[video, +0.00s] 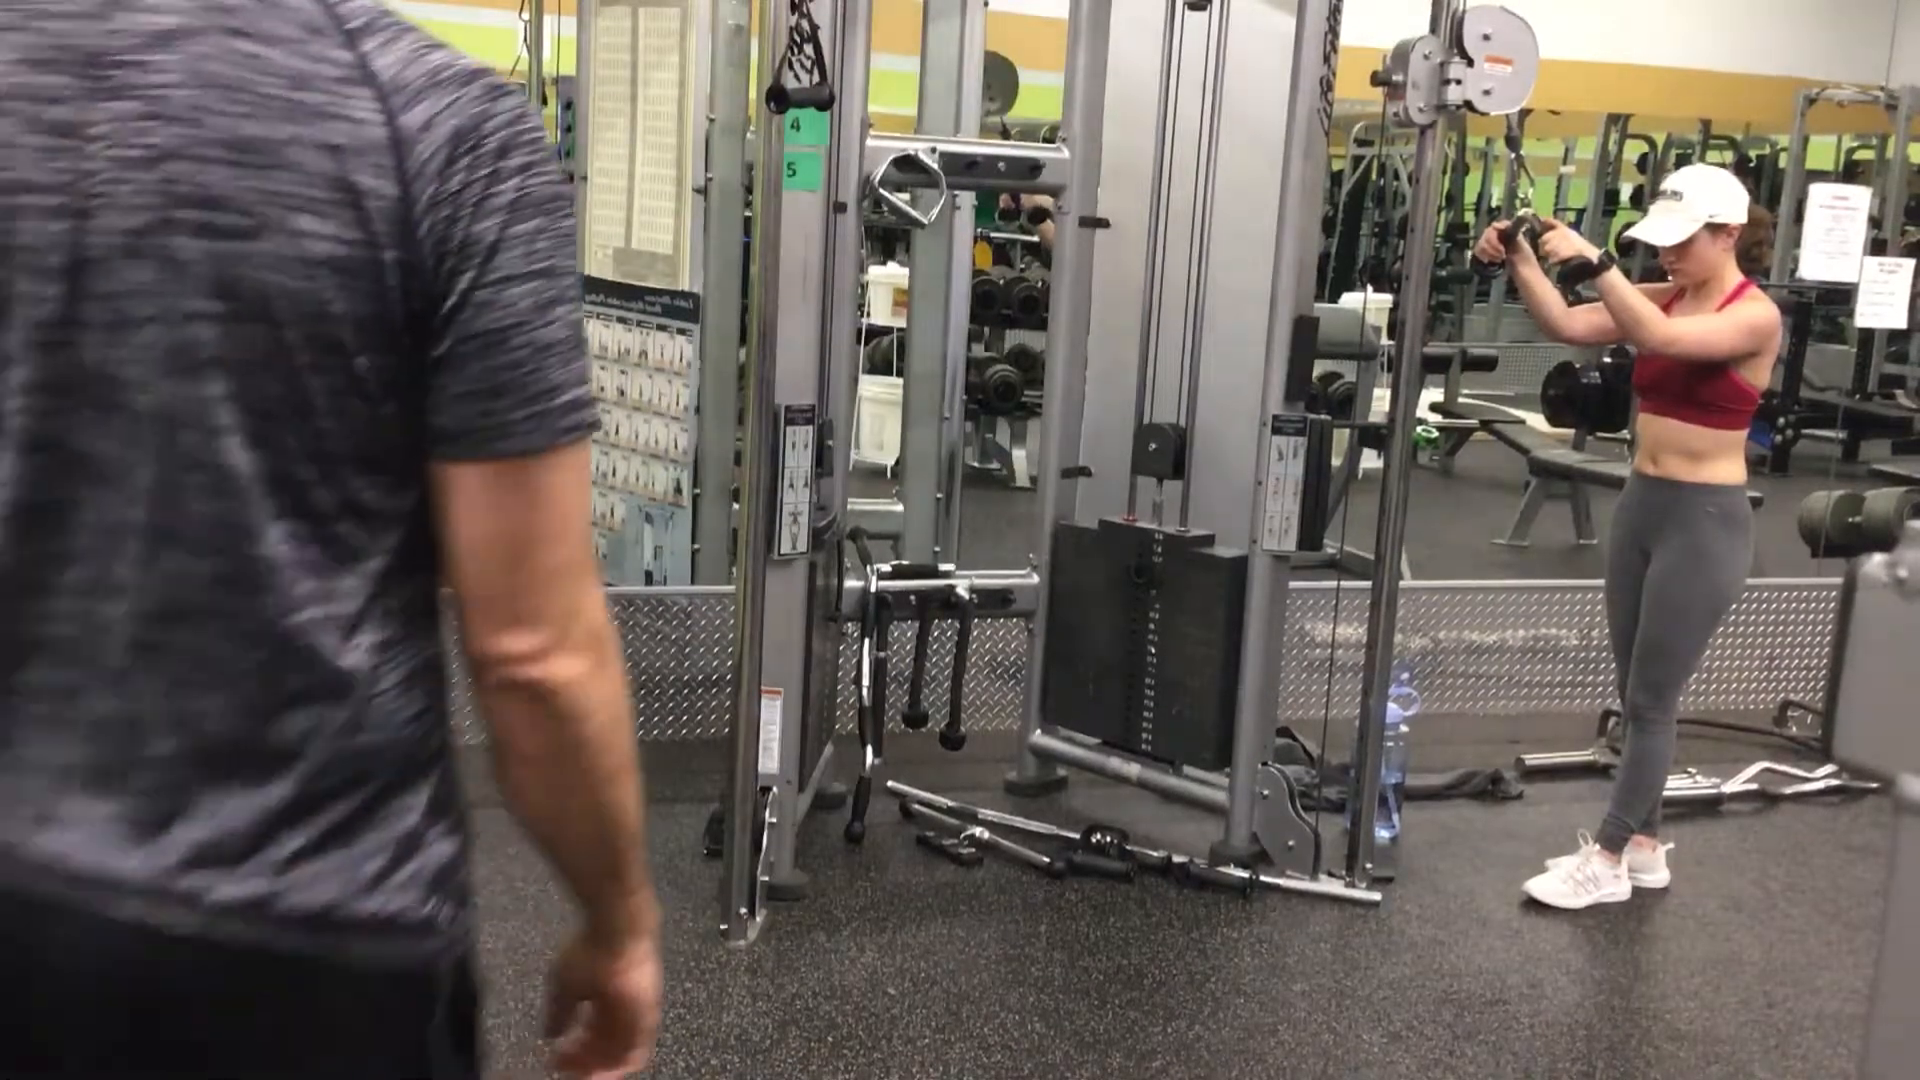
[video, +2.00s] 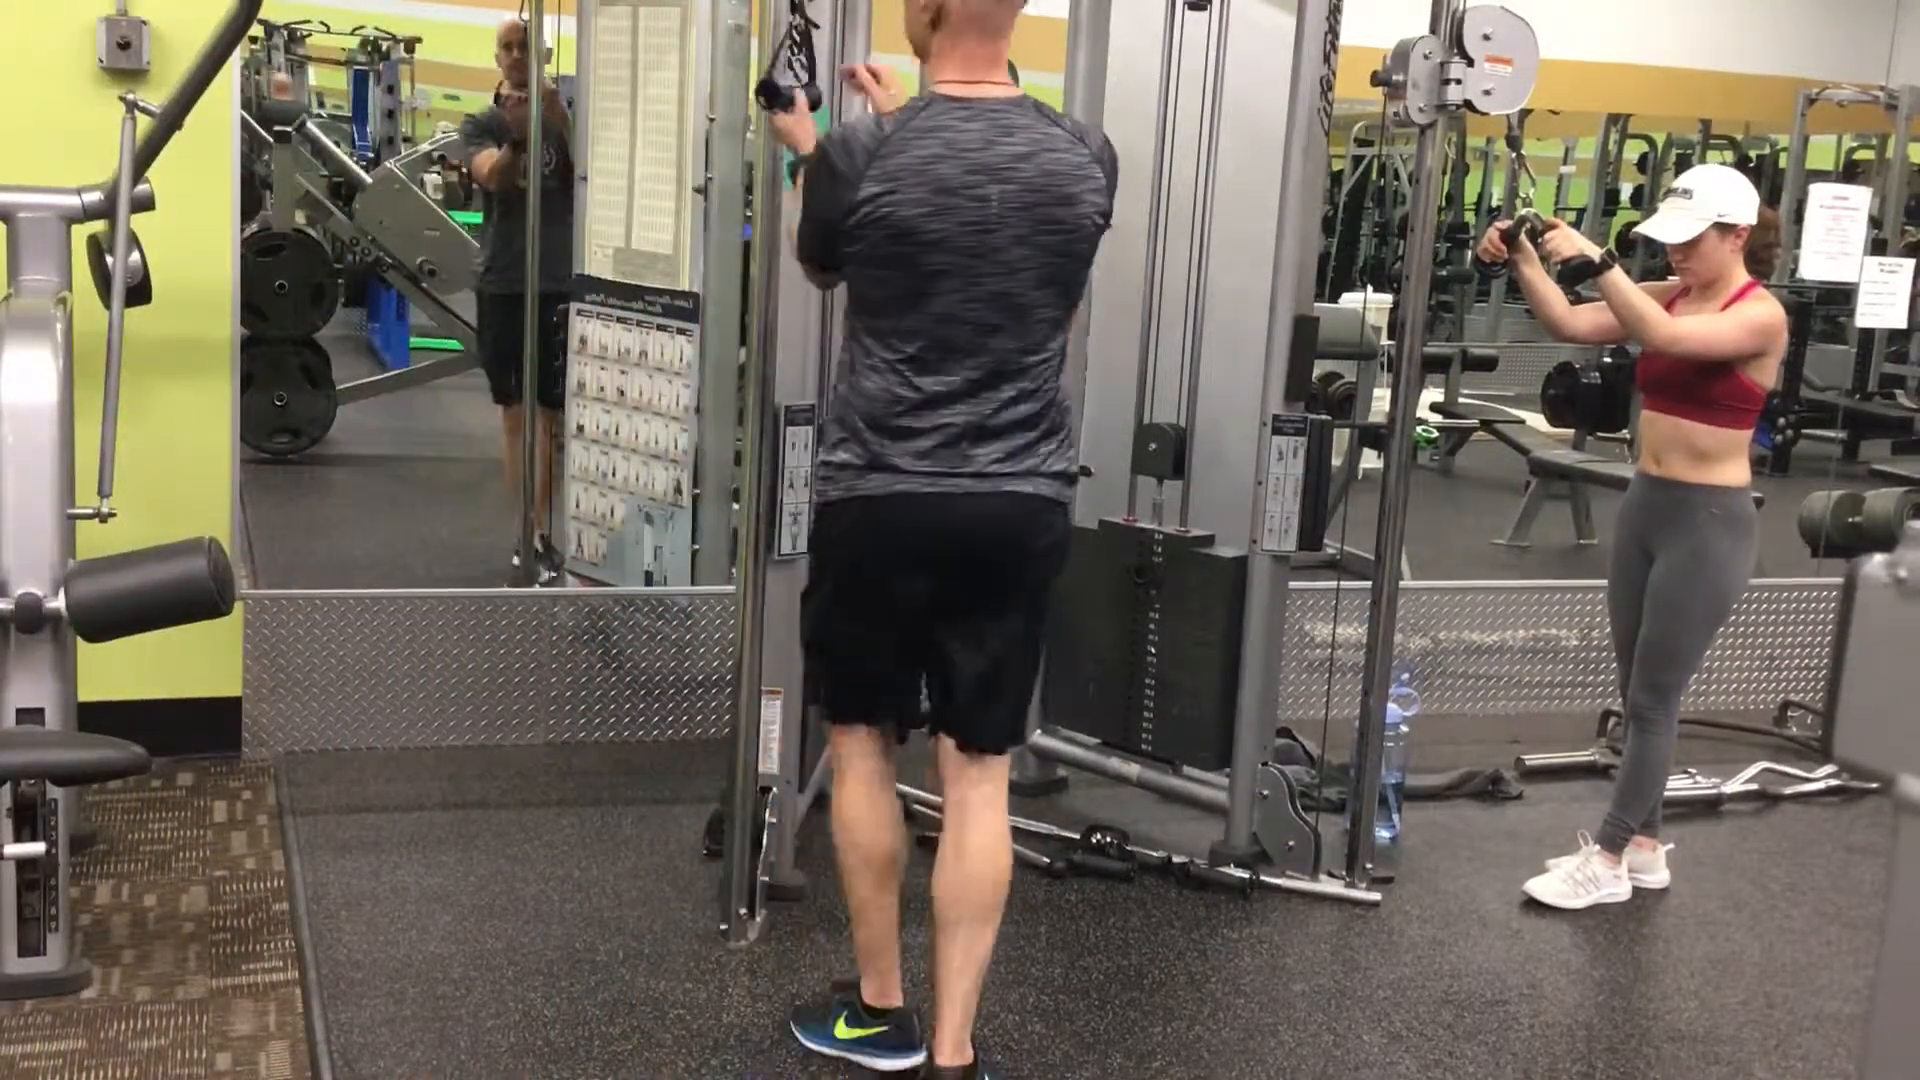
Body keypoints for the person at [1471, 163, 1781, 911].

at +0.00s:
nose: (1665, 254)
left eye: (1679, 240)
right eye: (1661, 241)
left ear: (1728, 235)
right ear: (1663, 240)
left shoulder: (1757, 315)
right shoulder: (1663, 299)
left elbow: (1660, 335)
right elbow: (1566, 324)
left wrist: (1592, 261)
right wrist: (1519, 258)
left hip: (1705, 522)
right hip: (1639, 508)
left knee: (1651, 700)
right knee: (1637, 691)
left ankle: (1607, 858)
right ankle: (1644, 844)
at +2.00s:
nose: (1674, 253)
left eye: (1688, 239)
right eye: (1669, 241)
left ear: (1737, 236)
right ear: (1670, 240)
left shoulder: (1763, 315)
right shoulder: (1667, 297)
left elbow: (1664, 334)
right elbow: (1570, 322)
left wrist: (1595, 259)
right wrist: (1520, 260)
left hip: (1710, 524)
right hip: (1642, 509)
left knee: (1653, 699)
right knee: (1640, 692)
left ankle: (1606, 858)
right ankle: (1644, 845)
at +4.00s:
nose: (1683, 252)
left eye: (1698, 238)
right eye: (1679, 239)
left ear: (1746, 236)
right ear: (1679, 238)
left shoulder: (1770, 317)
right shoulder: (1675, 302)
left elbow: (1672, 331)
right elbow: (1579, 316)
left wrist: (1602, 257)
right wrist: (1525, 258)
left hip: (1709, 523)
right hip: (1642, 508)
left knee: (1652, 698)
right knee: (1639, 692)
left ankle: (1605, 859)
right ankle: (1646, 846)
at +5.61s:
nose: (1683, 253)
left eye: (1698, 239)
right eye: (1679, 240)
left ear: (1746, 236)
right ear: (1679, 239)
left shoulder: (1769, 318)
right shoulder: (1675, 300)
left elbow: (1670, 331)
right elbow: (1579, 318)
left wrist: (1602, 258)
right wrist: (1526, 257)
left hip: (1709, 524)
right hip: (1642, 509)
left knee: (1651, 699)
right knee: (1639, 693)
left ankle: (1606, 859)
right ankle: (1646, 846)